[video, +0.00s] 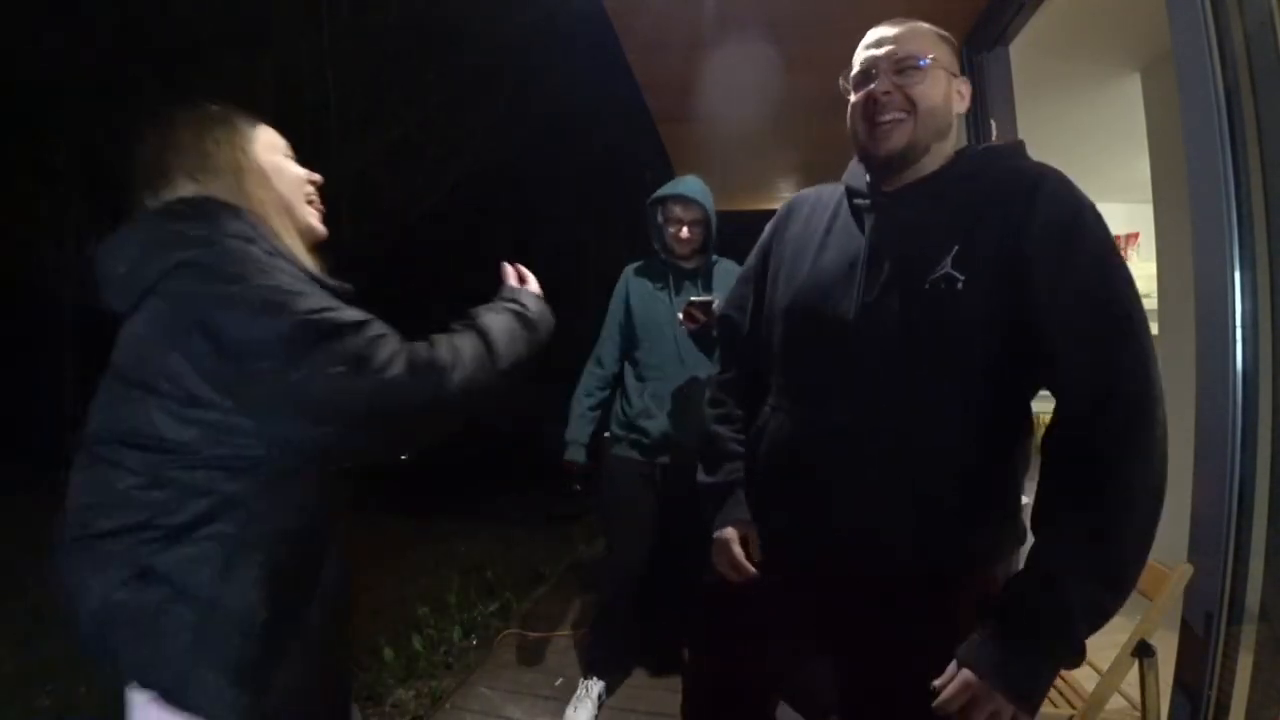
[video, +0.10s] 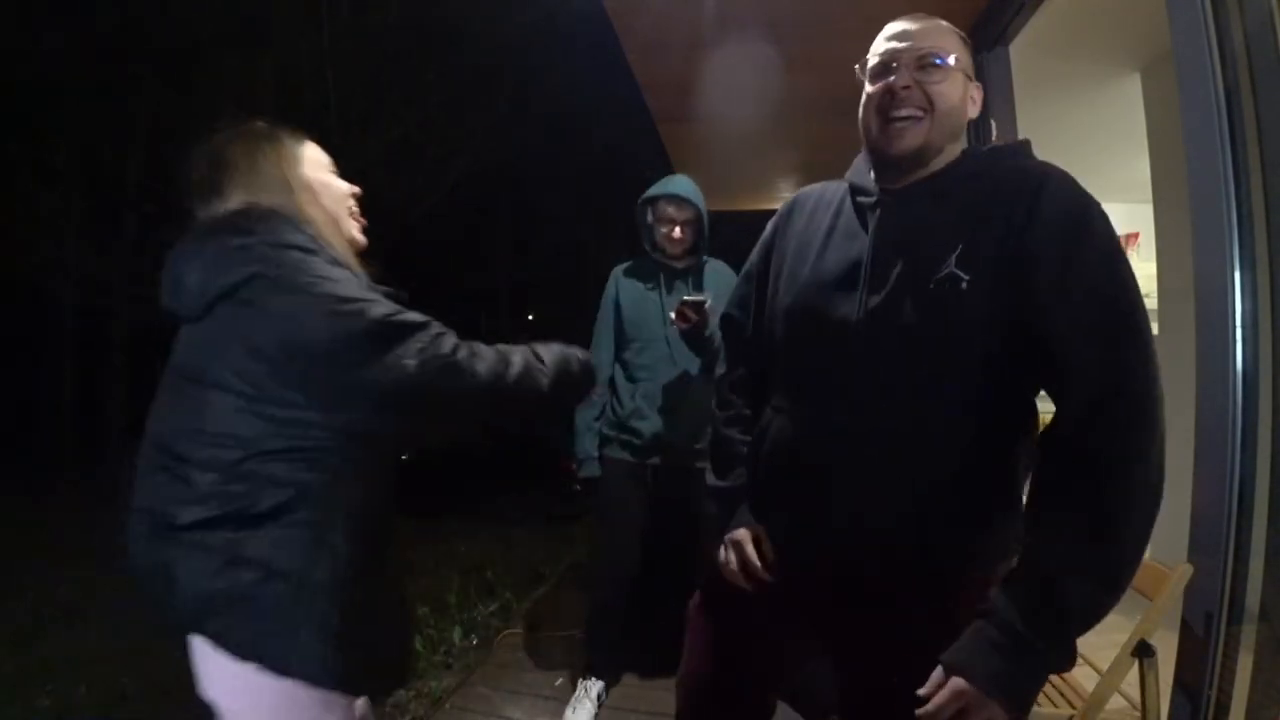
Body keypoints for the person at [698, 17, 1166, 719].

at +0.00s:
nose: (877, 87)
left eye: (906, 67)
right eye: (862, 78)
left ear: (960, 93)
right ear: (847, 109)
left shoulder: (1030, 205)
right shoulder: (797, 220)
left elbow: (1117, 428)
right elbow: (729, 379)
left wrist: (1027, 642)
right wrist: (725, 500)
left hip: (943, 592)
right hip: (786, 581)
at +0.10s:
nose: (899, 79)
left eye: (930, 63)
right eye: (883, 69)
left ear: (974, 97)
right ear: (860, 97)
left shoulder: (1035, 206)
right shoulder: (801, 217)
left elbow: (1116, 432)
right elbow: (735, 374)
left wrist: (1016, 644)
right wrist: (730, 506)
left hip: (939, 595)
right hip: (777, 581)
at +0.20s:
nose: (909, 76)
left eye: (941, 63)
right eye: (891, 64)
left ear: (979, 102)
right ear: (865, 99)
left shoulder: (1040, 209)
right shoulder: (796, 218)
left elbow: (1104, 440)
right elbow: (730, 376)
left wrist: (990, 638)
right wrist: (735, 511)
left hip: (944, 596)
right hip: (787, 582)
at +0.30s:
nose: (910, 77)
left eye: (939, 66)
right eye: (890, 66)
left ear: (970, 107)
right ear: (858, 102)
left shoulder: (1038, 216)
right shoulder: (785, 226)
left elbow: (1086, 440)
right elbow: (722, 391)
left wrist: (973, 617)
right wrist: (737, 525)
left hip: (936, 611)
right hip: (783, 593)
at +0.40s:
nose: (901, 83)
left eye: (925, 72)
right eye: (878, 71)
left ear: (954, 110)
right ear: (841, 114)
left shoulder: (1030, 225)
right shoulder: (772, 235)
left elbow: (1075, 433)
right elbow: (712, 403)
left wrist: (971, 600)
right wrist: (739, 547)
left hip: (943, 612)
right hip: (790, 597)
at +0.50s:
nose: (884, 94)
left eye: (904, 81)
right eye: (859, 81)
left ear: (930, 117)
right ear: (820, 125)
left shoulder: (1013, 226)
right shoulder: (758, 249)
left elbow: (1071, 419)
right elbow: (703, 429)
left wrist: (975, 585)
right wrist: (741, 574)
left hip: (944, 615)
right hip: (793, 613)